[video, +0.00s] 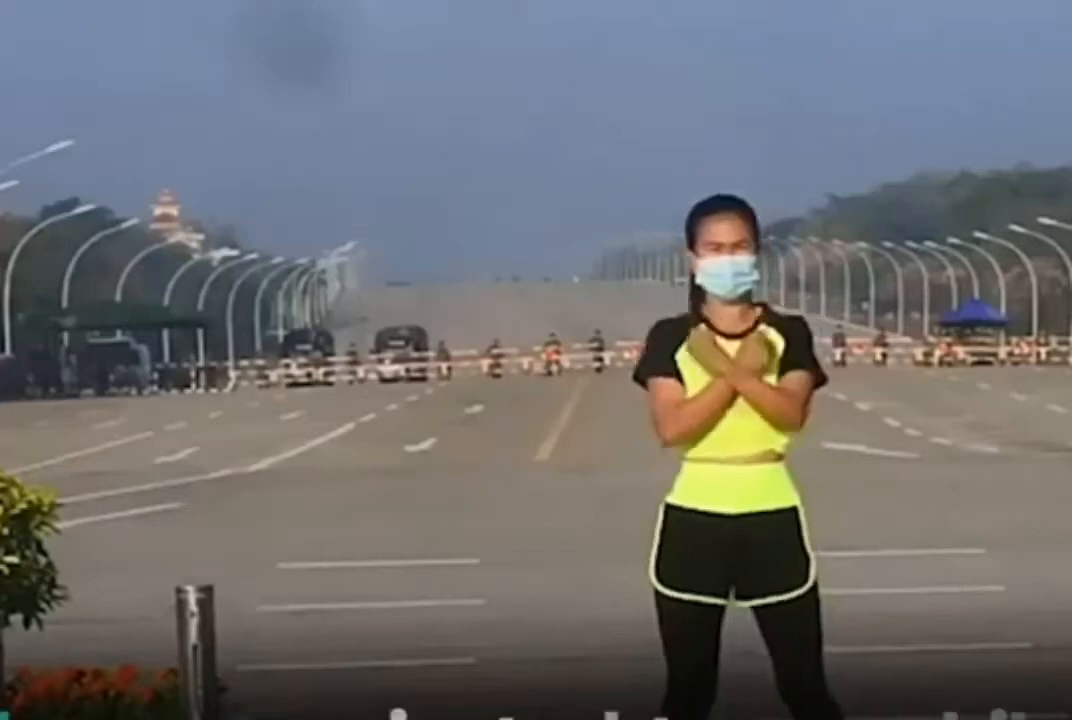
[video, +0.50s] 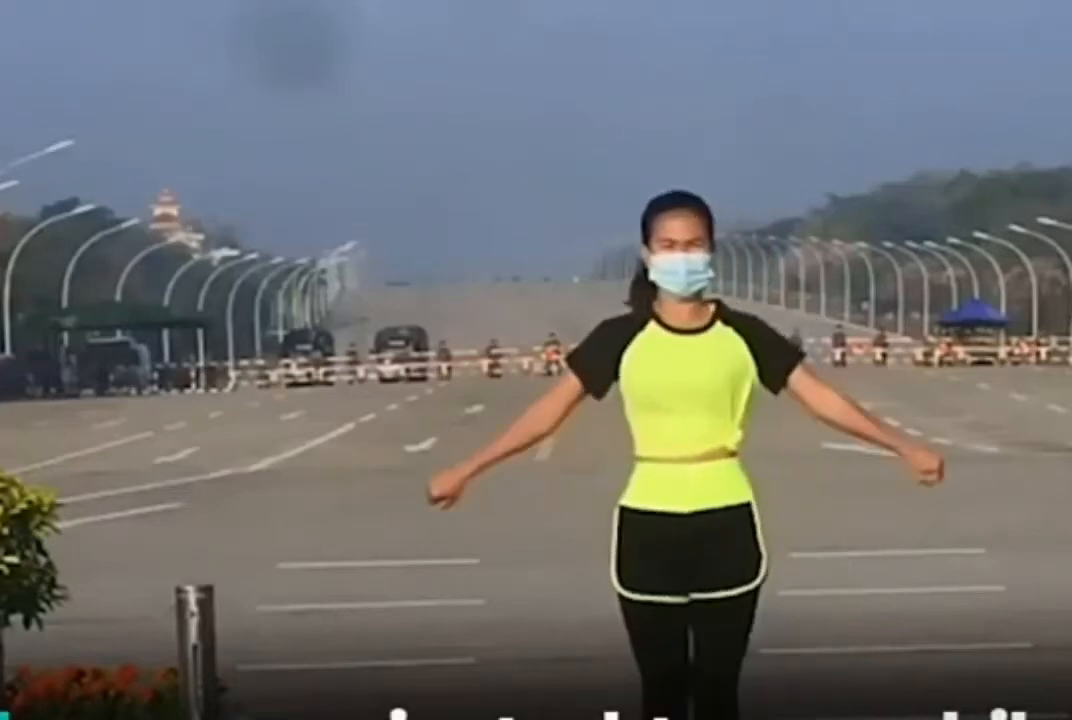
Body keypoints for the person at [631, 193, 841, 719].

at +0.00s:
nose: (731, 261)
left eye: (742, 248)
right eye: (716, 250)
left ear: (757, 254)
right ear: (693, 259)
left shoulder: (789, 331)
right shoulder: (670, 336)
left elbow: (792, 415)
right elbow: (671, 429)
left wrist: (731, 371)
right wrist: (736, 374)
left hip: (772, 522)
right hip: (693, 524)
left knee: (804, 687)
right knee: (689, 690)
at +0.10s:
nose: (720, 259)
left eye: (731, 247)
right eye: (704, 249)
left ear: (746, 254)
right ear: (681, 258)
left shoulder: (777, 336)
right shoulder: (653, 336)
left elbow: (803, 425)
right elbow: (625, 429)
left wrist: (748, 399)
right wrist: (696, 398)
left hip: (754, 521)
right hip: (674, 524)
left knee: (793, 683)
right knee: (676, 690)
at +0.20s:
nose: (706, 258)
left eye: (716, 244)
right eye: (690, 246)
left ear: (732, 251)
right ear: (667, 255)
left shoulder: (761, 337)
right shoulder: (638, 334)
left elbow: (808, 427)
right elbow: (586, 423)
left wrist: (803, 426)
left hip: (740, 524)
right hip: (660, 528)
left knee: (777, 685)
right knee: (670, 691)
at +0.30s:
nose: (699, 255)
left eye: (710, 243)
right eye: (684, 244)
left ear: (725, 251)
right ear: (661, 254)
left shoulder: (754, 336)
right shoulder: (631, 331)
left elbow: (810, 416)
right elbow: (573, 408)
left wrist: (832, 441)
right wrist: (568, 460)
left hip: (735, 518)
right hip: (654, 524)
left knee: (761, 682)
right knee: (669, 690)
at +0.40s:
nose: (688, 256)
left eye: (699, 243)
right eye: (673, 245)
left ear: (715, 251)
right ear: (649, 255)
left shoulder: (746, 334)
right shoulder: (620, 335)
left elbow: (822, 406)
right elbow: (550, 419)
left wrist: (895, 453)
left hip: (730, 521)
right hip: (649, 524)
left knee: (725, 690)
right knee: (665, 692)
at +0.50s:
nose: (686, 257)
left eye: (697, 244)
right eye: (670, 245)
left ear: (713, 253)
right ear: (646, 255)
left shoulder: (745, 334)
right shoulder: (619, 337)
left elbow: (821, 399)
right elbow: (547, 414)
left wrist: (905, 446)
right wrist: (465, 471)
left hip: (728, 523)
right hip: (647, 525)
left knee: (717, 692)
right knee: (662, 692)